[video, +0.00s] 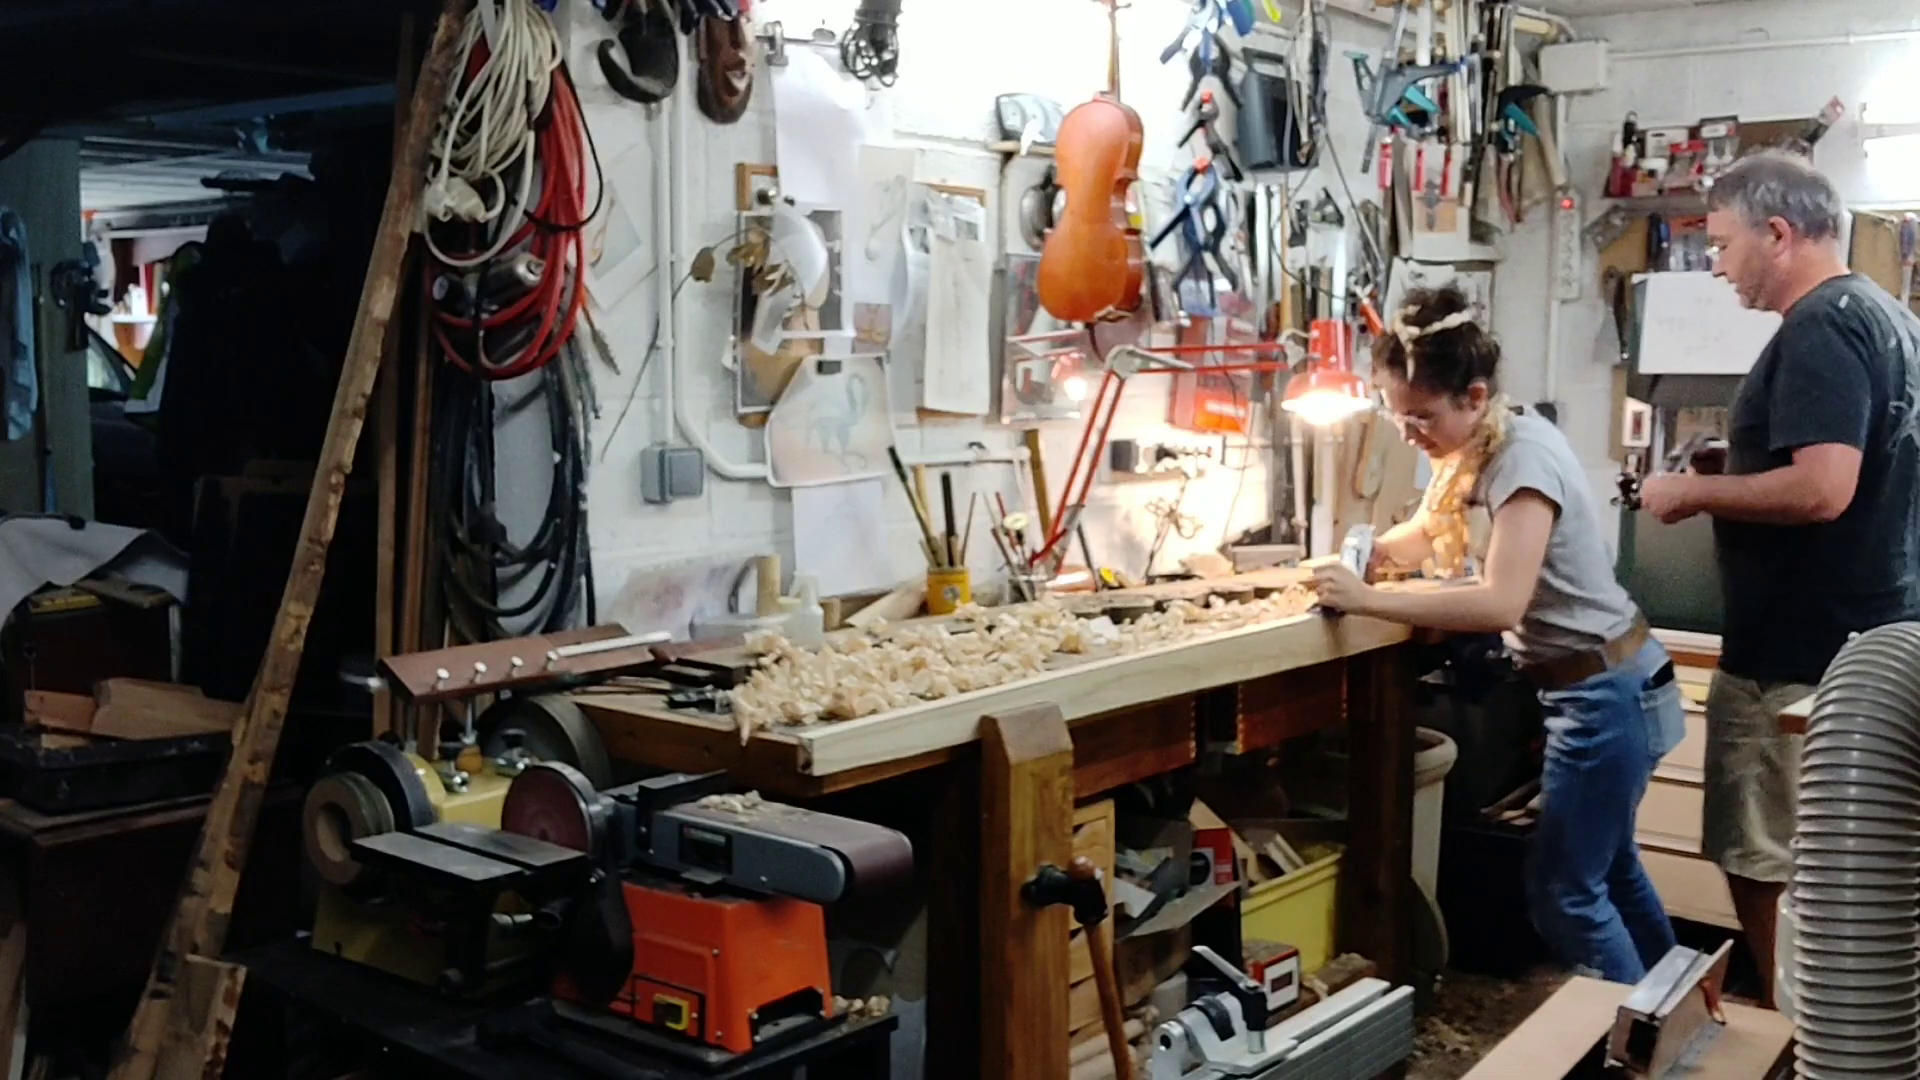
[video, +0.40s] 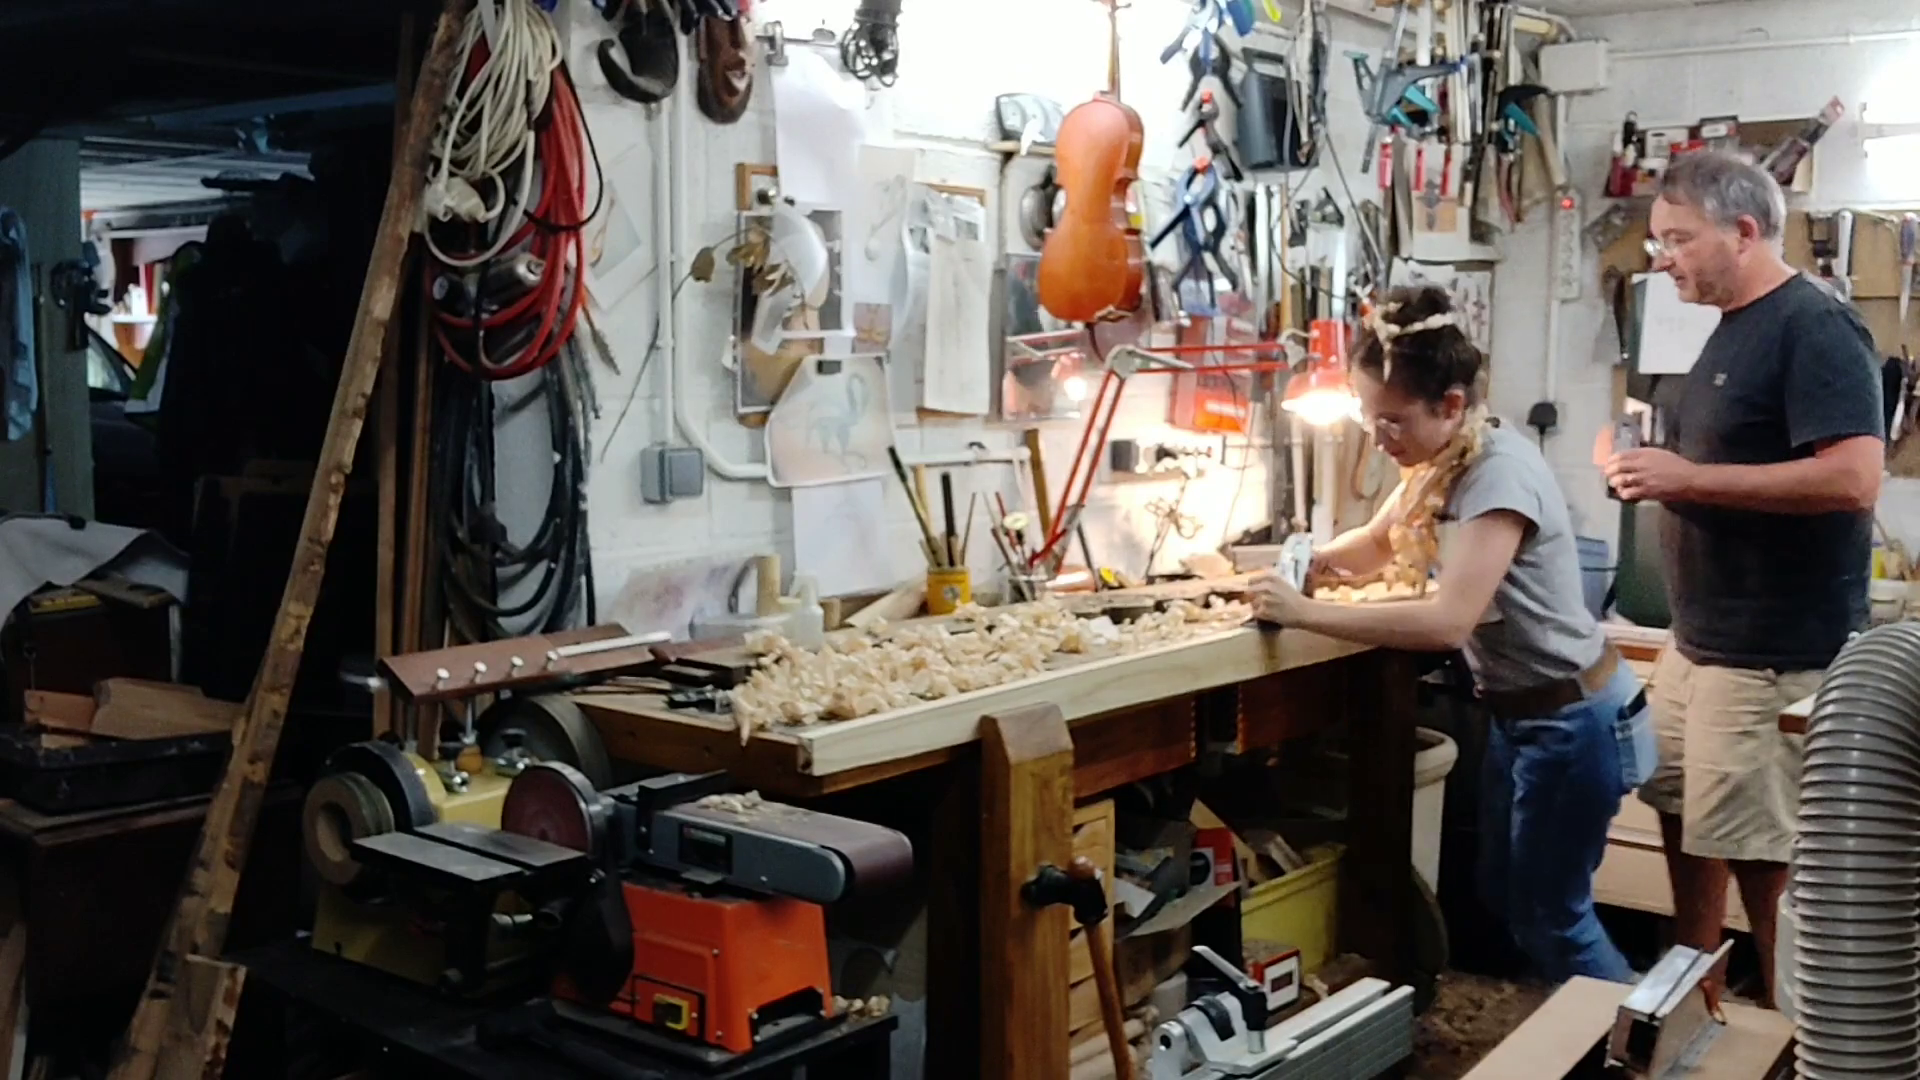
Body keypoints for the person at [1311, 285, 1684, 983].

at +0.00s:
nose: (1406, 431)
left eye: (1421, 415)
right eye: (1397, 414)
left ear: (1476, 395)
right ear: (1387, 392)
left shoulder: (1526, 456)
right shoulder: (1470, 450)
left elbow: (1500, 602)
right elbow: (1430, 538)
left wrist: (1370, 598)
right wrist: (1367, 557)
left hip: (1605, 692)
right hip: (1584, 685)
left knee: (1564, 891)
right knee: (1614, 868)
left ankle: (1642, 1026)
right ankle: (1676, 1002)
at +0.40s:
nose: (1379, 437)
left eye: (1393, 421)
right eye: (1370, 417)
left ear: (1452, 404)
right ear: (1364, 395)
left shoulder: (1502, 472)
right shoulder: (1440, 465)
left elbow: (1447, 620)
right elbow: (1383, 543)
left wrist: (1307, 611)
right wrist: (1317, 559)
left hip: (1569, 725)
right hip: (1511, 719)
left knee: (1550, 919)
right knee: (1503, 904)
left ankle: (1634, 1037)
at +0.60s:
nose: (1349, 437)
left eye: (1363, 420)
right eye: (1344, 418)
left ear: (1424, 404)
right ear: (1346, 395)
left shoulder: (1476, 476)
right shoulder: (1403, 469)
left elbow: (1420, 630)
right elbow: (1341, 551)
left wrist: (1273, 619)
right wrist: (1260, 570)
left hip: (1549, 728)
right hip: (1477, 721)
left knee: (1562, 917)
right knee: (1434, 891)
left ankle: (1635, 1034)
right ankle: (1484, 1029)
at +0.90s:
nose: (1249, 442)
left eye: (1264, 426)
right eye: (1241, 423)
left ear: (1330, 405)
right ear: (1239, 399)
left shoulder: (1391, 483)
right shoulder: (1309, 476)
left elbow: (1337, 648)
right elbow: (1254, 569)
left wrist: (1187, 642)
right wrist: (1178, 581)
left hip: (1468, 746)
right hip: (1386, 741)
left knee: (1466, 954)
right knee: (1376, 956)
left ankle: (1599, 1039)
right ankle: (1424, 1076)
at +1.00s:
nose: (1217, 449)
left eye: (1231, 430)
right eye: (1208, 429)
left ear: (1295, 407)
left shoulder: (1360, 481)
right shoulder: (1283, 483)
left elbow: (1314, 652)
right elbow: (1221, 572)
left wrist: (1162, 652)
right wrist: (1144, 597)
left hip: (1439, 752)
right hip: (1362, 745)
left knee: (1395, 971)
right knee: (1353, 962)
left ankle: (1523, 1061)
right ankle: (1452, 1062)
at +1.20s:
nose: (1158, 457)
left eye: (1172, 438)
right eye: (1150, 437)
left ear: (1242, 416)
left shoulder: (1304, 497)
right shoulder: (1242, 492)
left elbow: (1249, 677)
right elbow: (1176, 578)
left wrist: (1084, 661)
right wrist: (1099, 598)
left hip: (1376, 777)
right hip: (1318, 774)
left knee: (1278, 977)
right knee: (1375, 979)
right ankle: (1444, 1074)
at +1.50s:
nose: (1059, 445)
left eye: (1068, 423)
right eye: (1052, 424)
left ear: (1144, 402)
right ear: (1139, 406)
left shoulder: (1219, 494)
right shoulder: (1165, 480)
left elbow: (1142, 696)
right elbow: (1102, 584)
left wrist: (964, 689)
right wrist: (1010, 620)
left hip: (1325, 795)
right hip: (1294, 787)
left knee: (1194, 1026)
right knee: (1348, 1013)